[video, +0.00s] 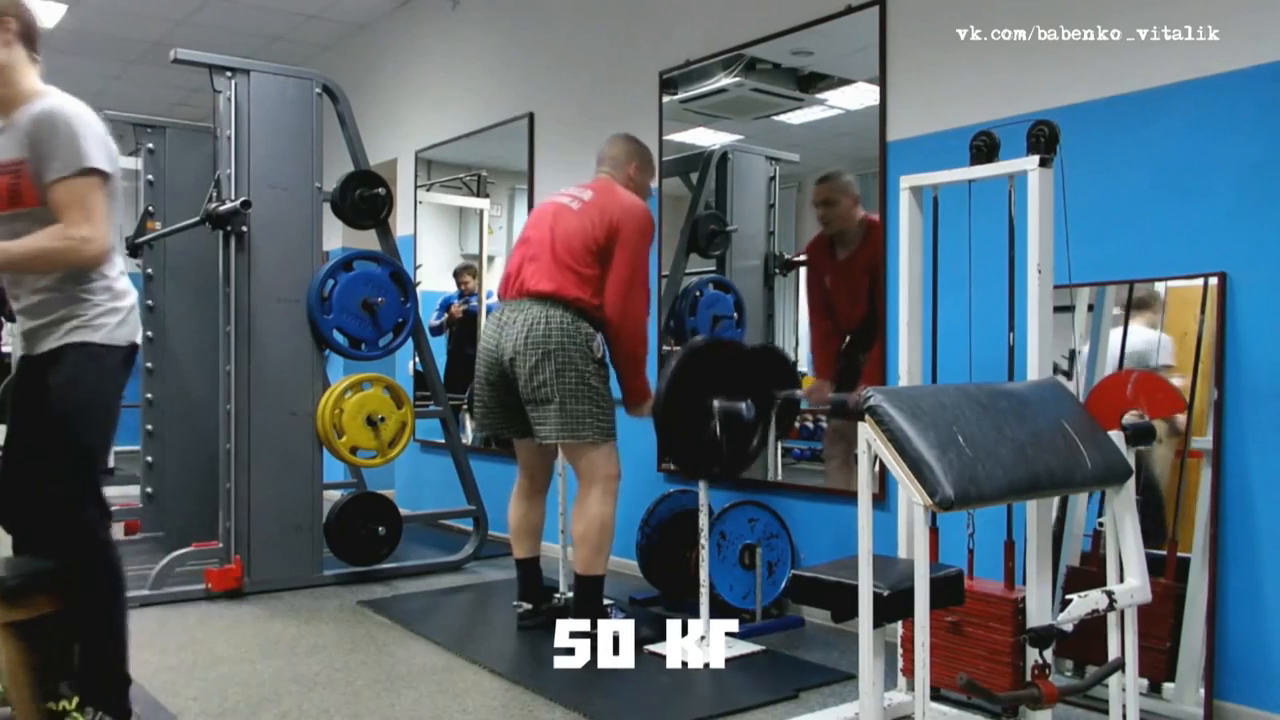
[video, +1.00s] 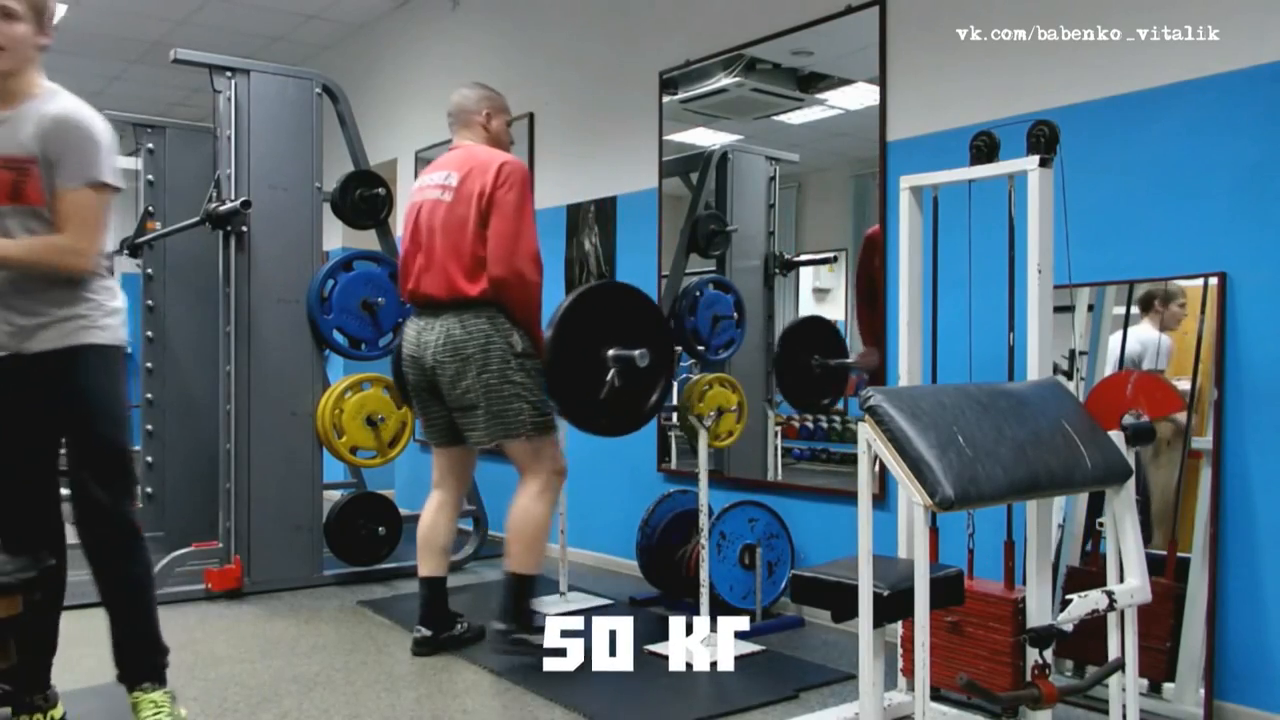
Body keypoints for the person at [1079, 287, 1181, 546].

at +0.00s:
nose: (1162, 317)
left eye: (1161, 312)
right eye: (1161, 312)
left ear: (1124, 310)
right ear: (1155, 310)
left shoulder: (1098, 339)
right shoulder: (1158, 340)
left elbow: (1080, 389)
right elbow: (1163, 395)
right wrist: (1179, 424)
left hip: (1099, 435)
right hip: (1140, 437)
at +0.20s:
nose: (1187, 320)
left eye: (1188, 314)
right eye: (1188, 314)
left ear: (1155, 308)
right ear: (1184, 310)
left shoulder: (1117, 338)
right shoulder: (1185, 340)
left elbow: (1109, 387)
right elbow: (1189, 398)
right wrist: (1188, 429)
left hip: (1115, 438)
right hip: (1157, 442)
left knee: (1117, 509)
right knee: (1158, 513)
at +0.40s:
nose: (1194, 318)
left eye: (1195, 312)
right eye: (1195, 311)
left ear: (1161, 305)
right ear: (1191, 308)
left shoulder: (1120, 339)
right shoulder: (1191, 340)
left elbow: (1111, 391)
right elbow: (1197, 405)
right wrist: (1181, 427)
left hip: (1116, 444)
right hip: (1158, 447)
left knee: (1116, 519)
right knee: (1156, 524)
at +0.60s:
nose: (1187, 316)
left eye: (1189, 309)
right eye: (1185, 308)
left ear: (1158, 308)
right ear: (1168, 306)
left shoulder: (1117, 341)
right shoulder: (1175, 339)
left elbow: (1111, 388)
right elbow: (1181, 396)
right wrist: (1186, 426)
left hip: (1114, 439)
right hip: (1151, 441)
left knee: (1117, 512)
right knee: (1157, 515)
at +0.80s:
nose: (1180, 313)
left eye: (1180, 307)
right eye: (1175, 306)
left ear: (1149, 309)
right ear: (1155, 307)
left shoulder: (1115, 340)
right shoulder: (1161, 337)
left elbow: (1110, 385)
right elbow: (1165, 387)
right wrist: (1183, 423)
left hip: (1110, 427)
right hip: (1140, 429)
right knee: (1144, 498)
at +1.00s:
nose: (1184, 313)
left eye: (1185, 307)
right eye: (1180, 306)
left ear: (1153, 309)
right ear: (1158, 307)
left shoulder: (1119, 336)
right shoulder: (1159, 341)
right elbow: (1152, 395)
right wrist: (1178, 418)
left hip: (1101, 430)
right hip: (1129, 437)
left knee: (1094, 502)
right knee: (1137, 502)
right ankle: (1137, 562)